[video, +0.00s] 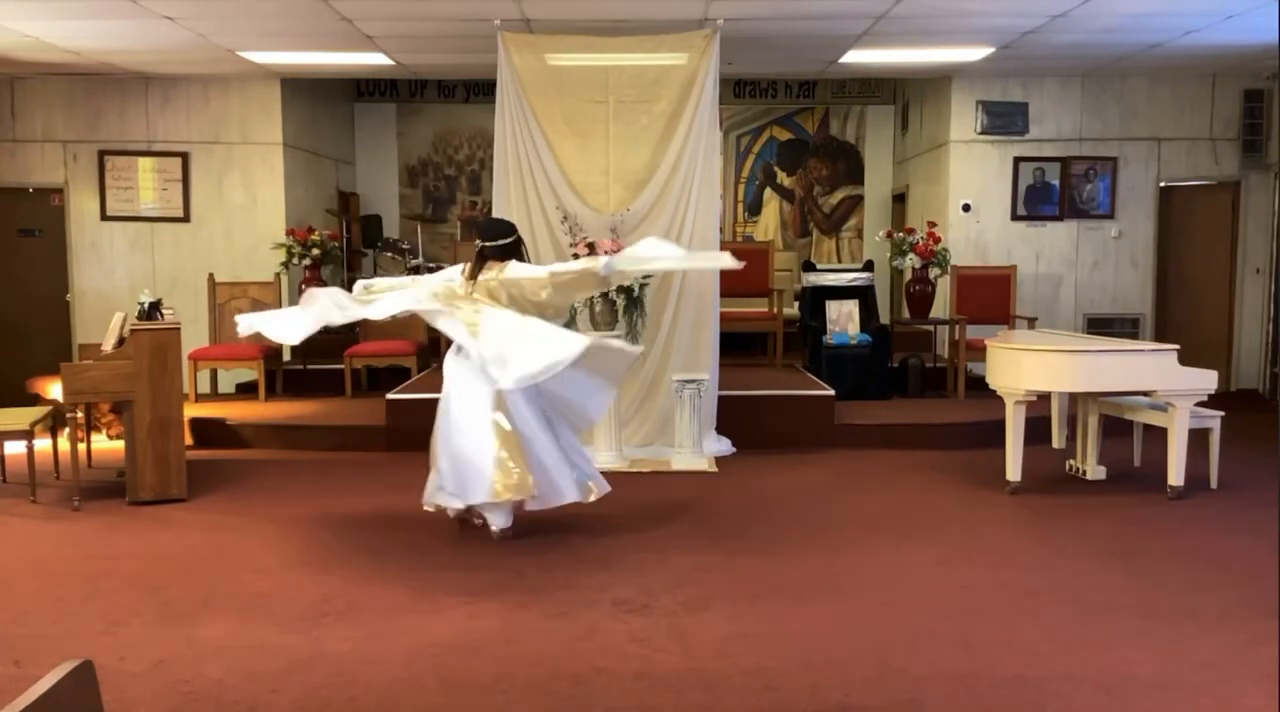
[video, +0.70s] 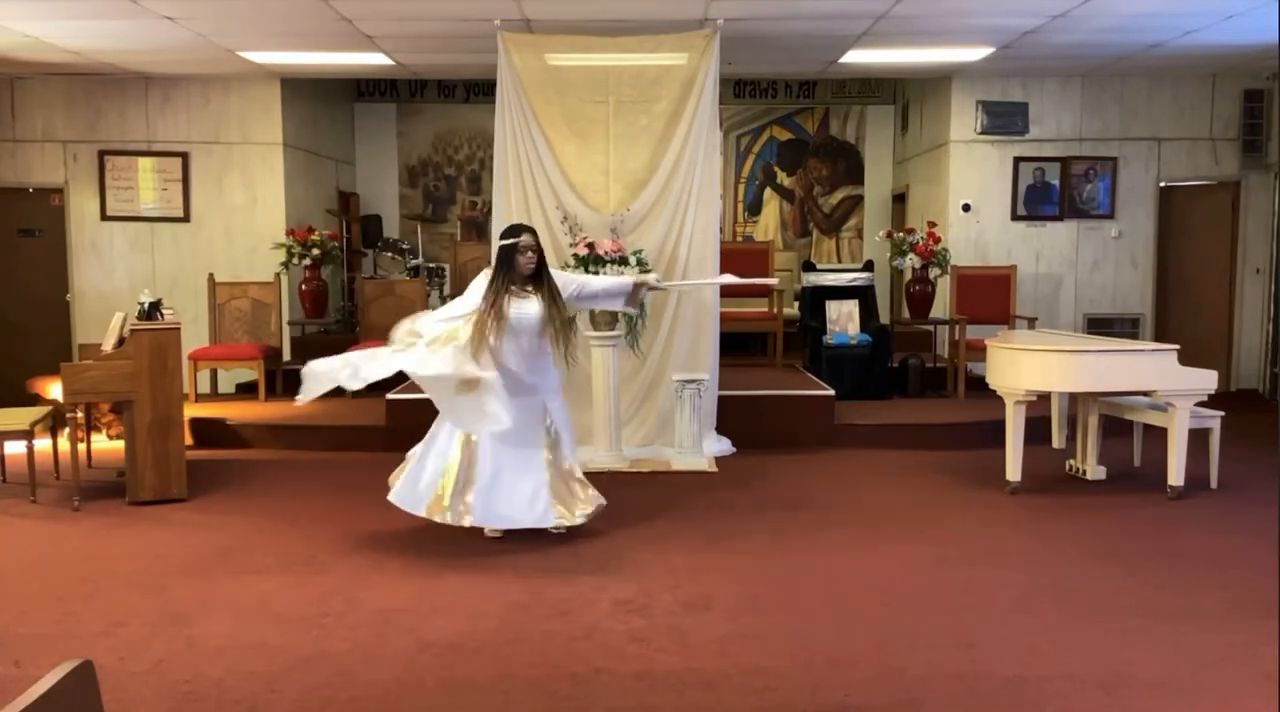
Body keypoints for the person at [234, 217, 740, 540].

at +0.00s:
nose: (509, 261)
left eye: (501, 255)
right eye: (510, 255)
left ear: (477, 253)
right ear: (509, 254)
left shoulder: (453, 285)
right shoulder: (518, 281)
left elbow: (403, 295)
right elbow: (566, 276)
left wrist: (354, 298)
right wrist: (609, 261)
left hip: (465, 372)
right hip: (507, 372)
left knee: (462, 432)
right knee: (504, 434)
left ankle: (464, 501)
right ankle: (499, 512)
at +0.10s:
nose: (518, 262)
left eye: (511, 254)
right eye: (516, 255)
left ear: (481, 249)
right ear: (508, 252)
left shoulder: (462, 281)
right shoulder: (504, 280)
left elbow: (413, 289)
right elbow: (550, 291)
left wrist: (384, 289)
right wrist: (598, 288)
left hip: (465, 375)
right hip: (493, 377)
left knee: (471, 438)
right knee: (493, 439)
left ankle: (472, 506)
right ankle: (487, 511)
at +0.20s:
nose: (527, 258)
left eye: (518, 252)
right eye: (524, 252)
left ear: (489, 250)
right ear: (515, 251)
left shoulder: (474, 281)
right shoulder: (505, 283)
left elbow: (429, 296)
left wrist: (382, 305)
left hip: (461, 377)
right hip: (484, 380)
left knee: (468, 438)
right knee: (490, 442)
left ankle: (464, 500)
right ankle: (484, 512)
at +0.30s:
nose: (531, 255)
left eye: (527, 248)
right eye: (526, 249)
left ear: (496, 250)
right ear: (516, 252)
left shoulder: (504, 283)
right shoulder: (493, 285)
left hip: (498, 381)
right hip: (481, 384)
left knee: (499, 446)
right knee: (485, 448)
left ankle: (487, 511)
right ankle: (477, 516)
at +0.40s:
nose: (534, 257)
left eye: (532, 250)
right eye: (529, 251)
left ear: (503, 254)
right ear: (516, 255)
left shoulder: (529, 295)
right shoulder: (486, 284)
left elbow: (542, 341)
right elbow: (450, 306)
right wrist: (421, 315)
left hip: (511, 386)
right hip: (478, 387)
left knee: (514, 449)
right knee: (486, 450)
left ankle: (510, 515)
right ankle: (481, 518)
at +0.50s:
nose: (536, 256)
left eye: (535, 250)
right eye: (530, 251)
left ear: (521, 255)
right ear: (513, 256)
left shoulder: (534, 286)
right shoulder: (485, 284)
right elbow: (443, 305)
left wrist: (586, 275)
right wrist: (402, 316)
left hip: (527, 383)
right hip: (488, 384)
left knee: (534, 446)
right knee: (485, 447)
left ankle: (537, 515)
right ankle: (484, 517)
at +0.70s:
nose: (531, 257)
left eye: (535, 251)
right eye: (523, 252)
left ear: (540, 254)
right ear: (506, 256)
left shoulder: (551, 285)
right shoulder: (489, 285)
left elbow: (590, 286)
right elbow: (454, 314)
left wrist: (632, 284)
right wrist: (418, 330)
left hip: (540, 380)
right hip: (497, 381)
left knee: (540, 447)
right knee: (497, 449)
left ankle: (544, 511)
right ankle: (493, 517)